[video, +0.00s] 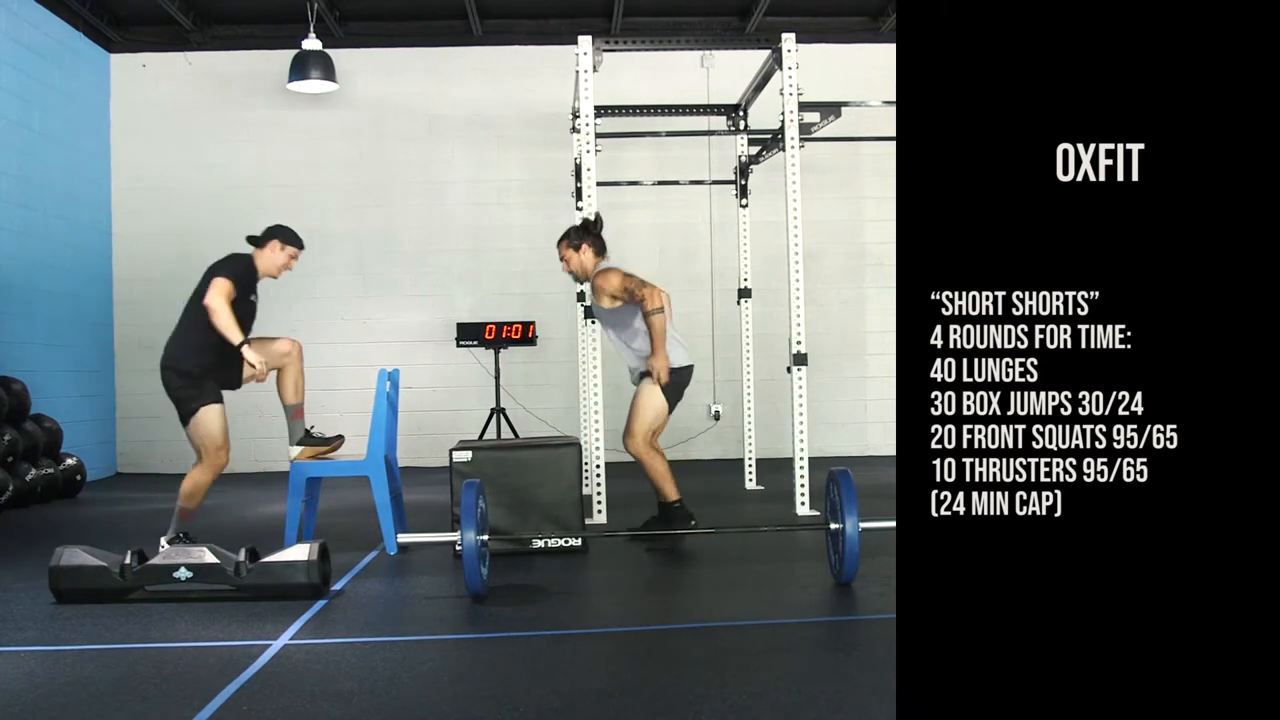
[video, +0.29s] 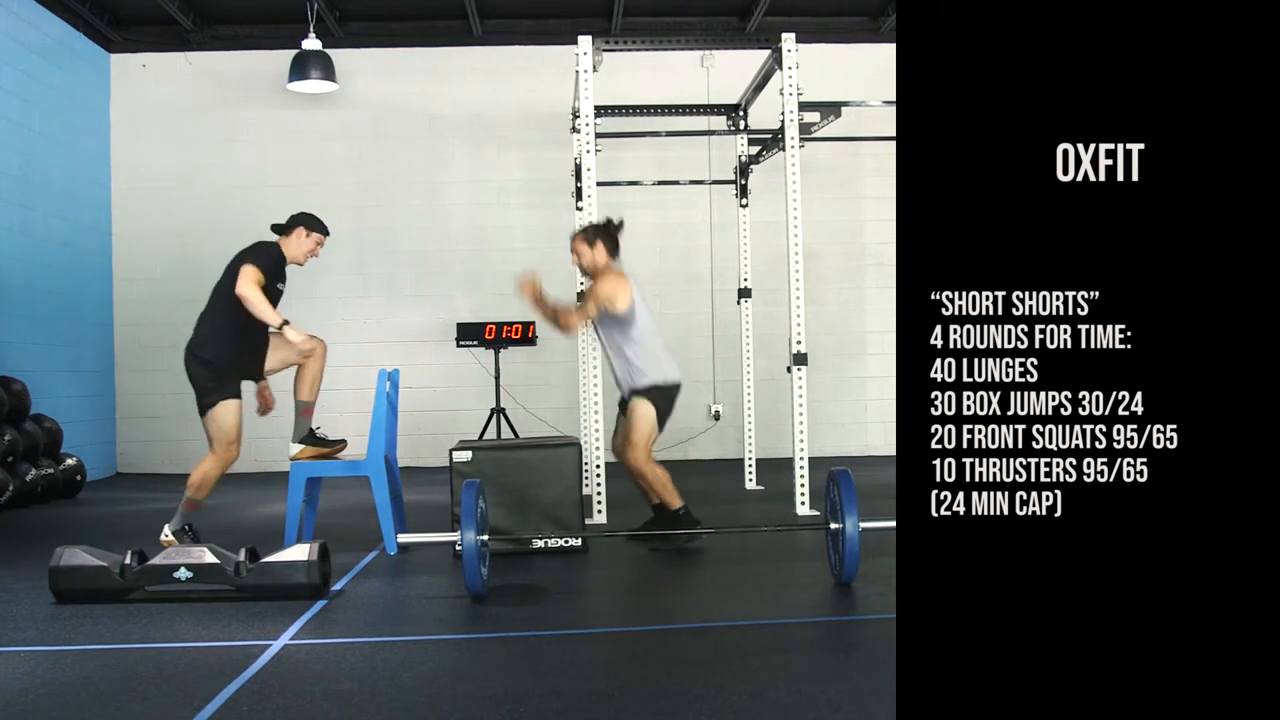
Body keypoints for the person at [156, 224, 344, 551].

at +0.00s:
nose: (291, 265)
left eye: (295, 259)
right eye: (290, 256)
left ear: (274, 249)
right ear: (272, 246)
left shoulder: (248, 281)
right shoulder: (237, 265)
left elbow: (226, 331)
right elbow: (214, 302)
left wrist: (250, 362)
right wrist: (244, 347)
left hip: (219, 364)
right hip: (190, 367)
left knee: (289, 350)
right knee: (215, 458)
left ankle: (300, 440)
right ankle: (175, 537)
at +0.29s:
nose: (317, 252)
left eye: (320, 246)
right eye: (316, 243)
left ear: (299, 238)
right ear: (299, 234)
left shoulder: (276, 270)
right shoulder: (265, 253)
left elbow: (252, 328)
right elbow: (245, 288)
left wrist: (261, 381)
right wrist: (285, 327)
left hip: (241, 352)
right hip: (214, 355)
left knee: (313, 348)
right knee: (225, 451)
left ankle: (303, 436)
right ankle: (178, 527)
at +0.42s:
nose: (323, 243)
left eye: (326, 237)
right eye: (322, 235)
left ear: (304, 230)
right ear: (303, 228)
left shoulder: (284, 266)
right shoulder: (271, 251)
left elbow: (267, 319)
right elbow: (264, 287)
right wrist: (322, 300)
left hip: (257, 353)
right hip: (226, 357)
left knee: (325, 352)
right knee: (224, 451)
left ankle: (305, 436)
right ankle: (177, 529)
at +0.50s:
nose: (335, 219)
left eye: (337, 212)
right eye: (333, 210)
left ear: (315, 206)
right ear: (313, 204)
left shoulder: (296, 242)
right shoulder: (283, 229)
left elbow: (288, 295)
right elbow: (275, 265)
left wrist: (317, 328)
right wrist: (335, 271)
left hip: (266, 335)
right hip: (234, 336)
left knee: (335, 353)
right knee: (223, 430)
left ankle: (306, 438)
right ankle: (189, 513)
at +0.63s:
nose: (346, 179)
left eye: (348, 172)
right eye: (344, 171)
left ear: (326, 167)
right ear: (324, 165)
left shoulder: (309, 207)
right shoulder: (293, 194)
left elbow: (300, 260)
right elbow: (271, 241)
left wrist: (330, 293)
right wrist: (326, 261)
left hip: (281, 302)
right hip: (251, 298)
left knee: (335, 351)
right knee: (271, 389)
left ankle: (307, 438)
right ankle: (214, 465)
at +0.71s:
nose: (347, 156)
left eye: (349, 149)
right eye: (345, 147)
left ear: (331, 144)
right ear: (325, 141)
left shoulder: (315, 182)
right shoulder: (291, 172)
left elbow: (306, 238)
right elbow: (269, 226)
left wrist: (327, 277)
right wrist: (309, 266)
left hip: (285, 278)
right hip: (258, 275)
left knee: (328, 347)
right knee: (301, 357)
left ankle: (307, 436)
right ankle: (240, 430)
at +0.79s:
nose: (347, 137)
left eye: (350, 131)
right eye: (344, 129)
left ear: (332, 126)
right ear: (325, 121)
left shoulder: (318, 163)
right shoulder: (292, 155)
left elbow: (306, 221)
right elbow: (268, 209)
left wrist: (324, 262)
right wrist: (285, 259)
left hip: (288, 259)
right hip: (264, 257)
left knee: (321, 342)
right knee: (310, 339)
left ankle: (305, 432)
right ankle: (272, 424)